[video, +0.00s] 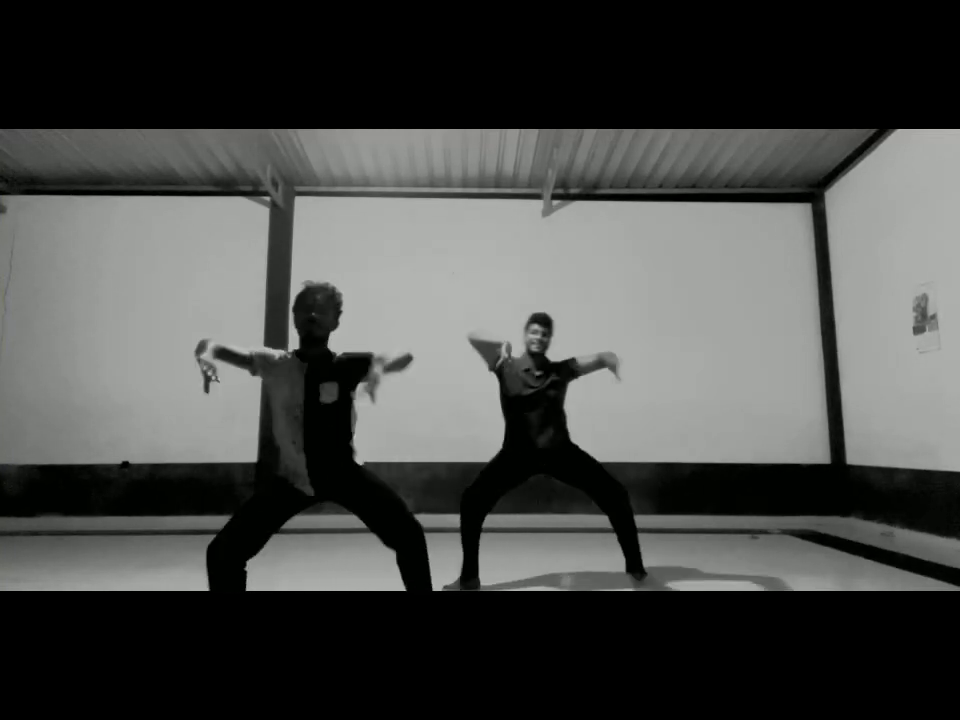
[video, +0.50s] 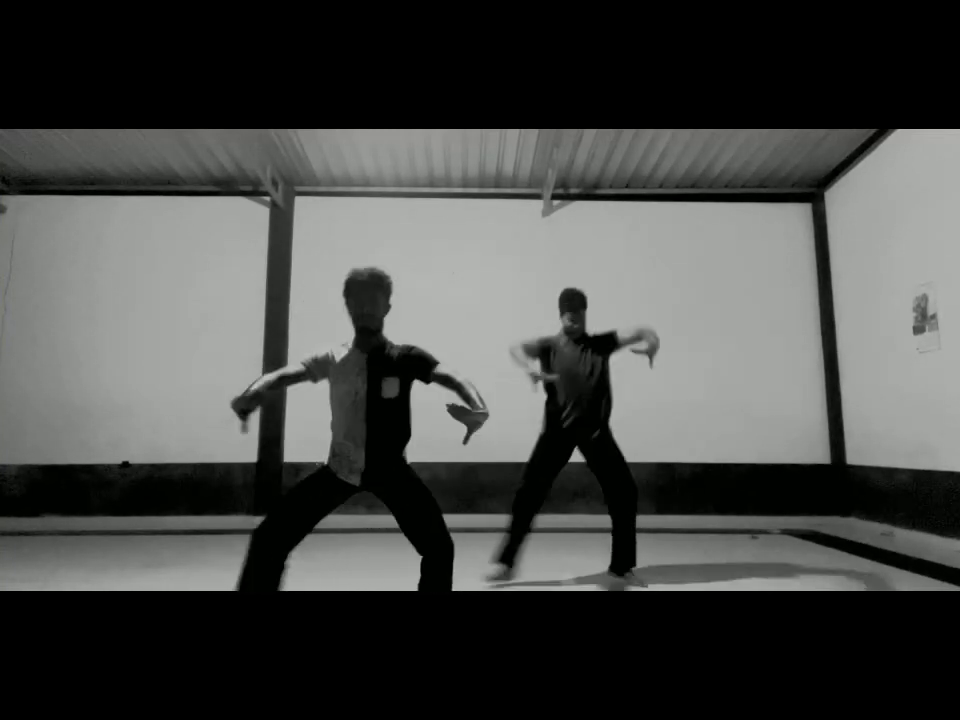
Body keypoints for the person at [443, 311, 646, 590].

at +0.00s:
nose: (538, 338)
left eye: (544, 334)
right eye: (533, 332)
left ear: (550, 339)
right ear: (524, 336)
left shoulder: (561, 370)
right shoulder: (505, 367)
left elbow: (601, 358)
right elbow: (473, 339)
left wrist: (611, 363)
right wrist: (499, 346)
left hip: (560, 454)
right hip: (517, 455)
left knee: (615, 495)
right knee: (472, 501)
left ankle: (636, 571)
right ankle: (469, 577)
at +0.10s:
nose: (531, 338)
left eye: (536, 334)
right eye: (525, 333)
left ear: (542, 338)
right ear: (517, 338)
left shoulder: (559, 371)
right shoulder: (503, 374)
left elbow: (601, 364)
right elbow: (474, 361)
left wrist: (623, 371)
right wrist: (512, 361)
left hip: (557, 452)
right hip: (514, 455)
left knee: (613, 492)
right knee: (471, 501)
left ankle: (628, 563)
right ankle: (470, 576)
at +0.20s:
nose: (537, 343)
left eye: (542, 338)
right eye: (532, 338)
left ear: (549, 342)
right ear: (524, 342)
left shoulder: (564, 376)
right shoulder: (512, 377)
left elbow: (606, 376)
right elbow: (486, 382)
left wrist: (635, 385)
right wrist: (517, 372)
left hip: (559, 457)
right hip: (517, 458)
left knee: (611, 499)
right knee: (473, 503)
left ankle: (618, 574)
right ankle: (469, 579)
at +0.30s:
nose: (551, 344)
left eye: (556, 339)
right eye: (546, 339)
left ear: (562, 342)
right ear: (539, 343)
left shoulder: (579, 378)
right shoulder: (526, 378)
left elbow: (617, 378)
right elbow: (496, 390)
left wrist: (644, 385)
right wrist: (510, 388)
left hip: (567, 459)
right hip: (526, 461)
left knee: (620, 500)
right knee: (482, 507)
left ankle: (616, 571)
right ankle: (469, 577)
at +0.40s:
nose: (564, 333)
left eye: (568, 328)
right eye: (559, 329)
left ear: (576, 329)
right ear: (551, 331)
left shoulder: (594, 364)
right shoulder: (540, 364)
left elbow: (631, 360)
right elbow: (511, 379)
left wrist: (653, 368)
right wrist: (518, 385)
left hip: (583, 449)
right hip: (543, 449)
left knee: (628, 501)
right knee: (504, 505)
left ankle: (618, 571)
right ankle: (472, 575)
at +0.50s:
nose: (572, 320)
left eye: (577, 315)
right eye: (567, 315)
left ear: (585, 314)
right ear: (559, 316)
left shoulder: (600, 345)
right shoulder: (550, 346)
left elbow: (642, 335)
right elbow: (516, 349)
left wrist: (651, 344)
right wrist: (530, 369)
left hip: (595, 433)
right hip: (557, 433)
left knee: (624, 493)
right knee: (530, 492)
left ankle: (621, 568)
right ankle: (505, 563)